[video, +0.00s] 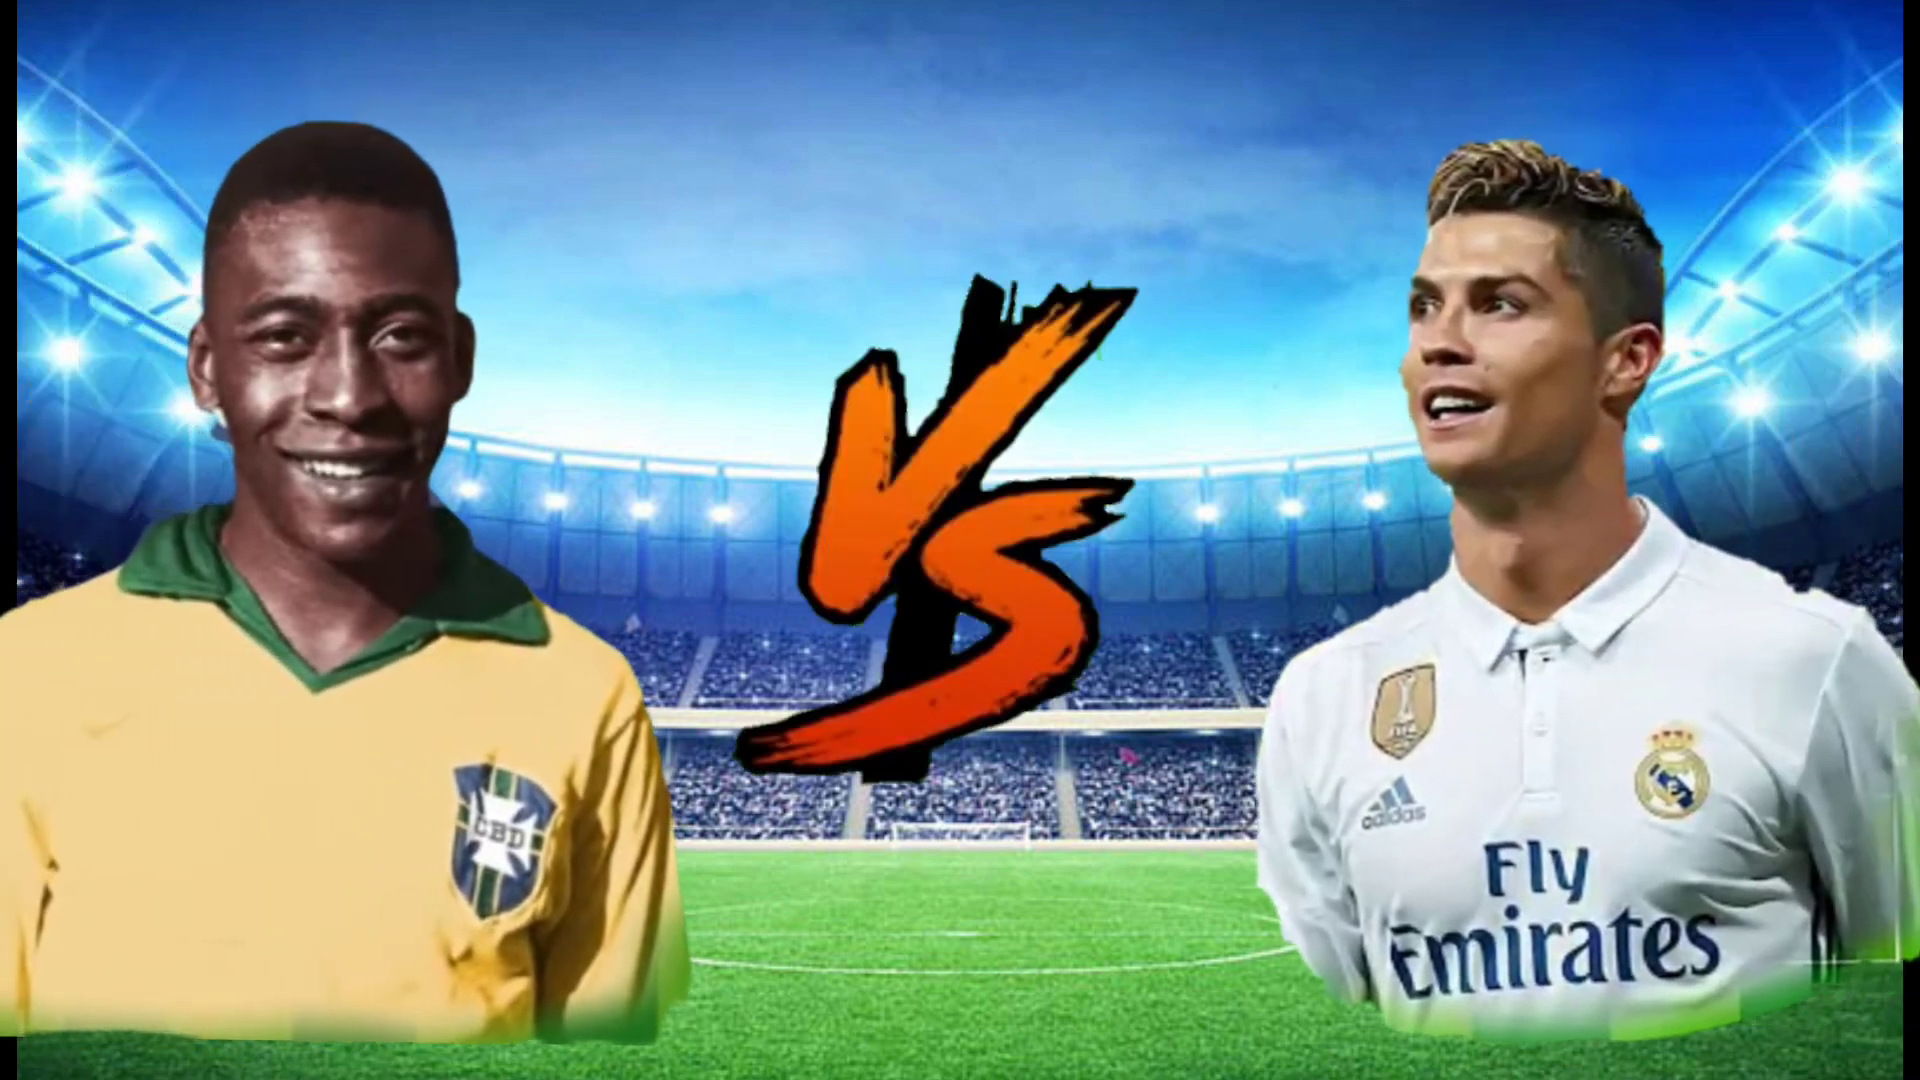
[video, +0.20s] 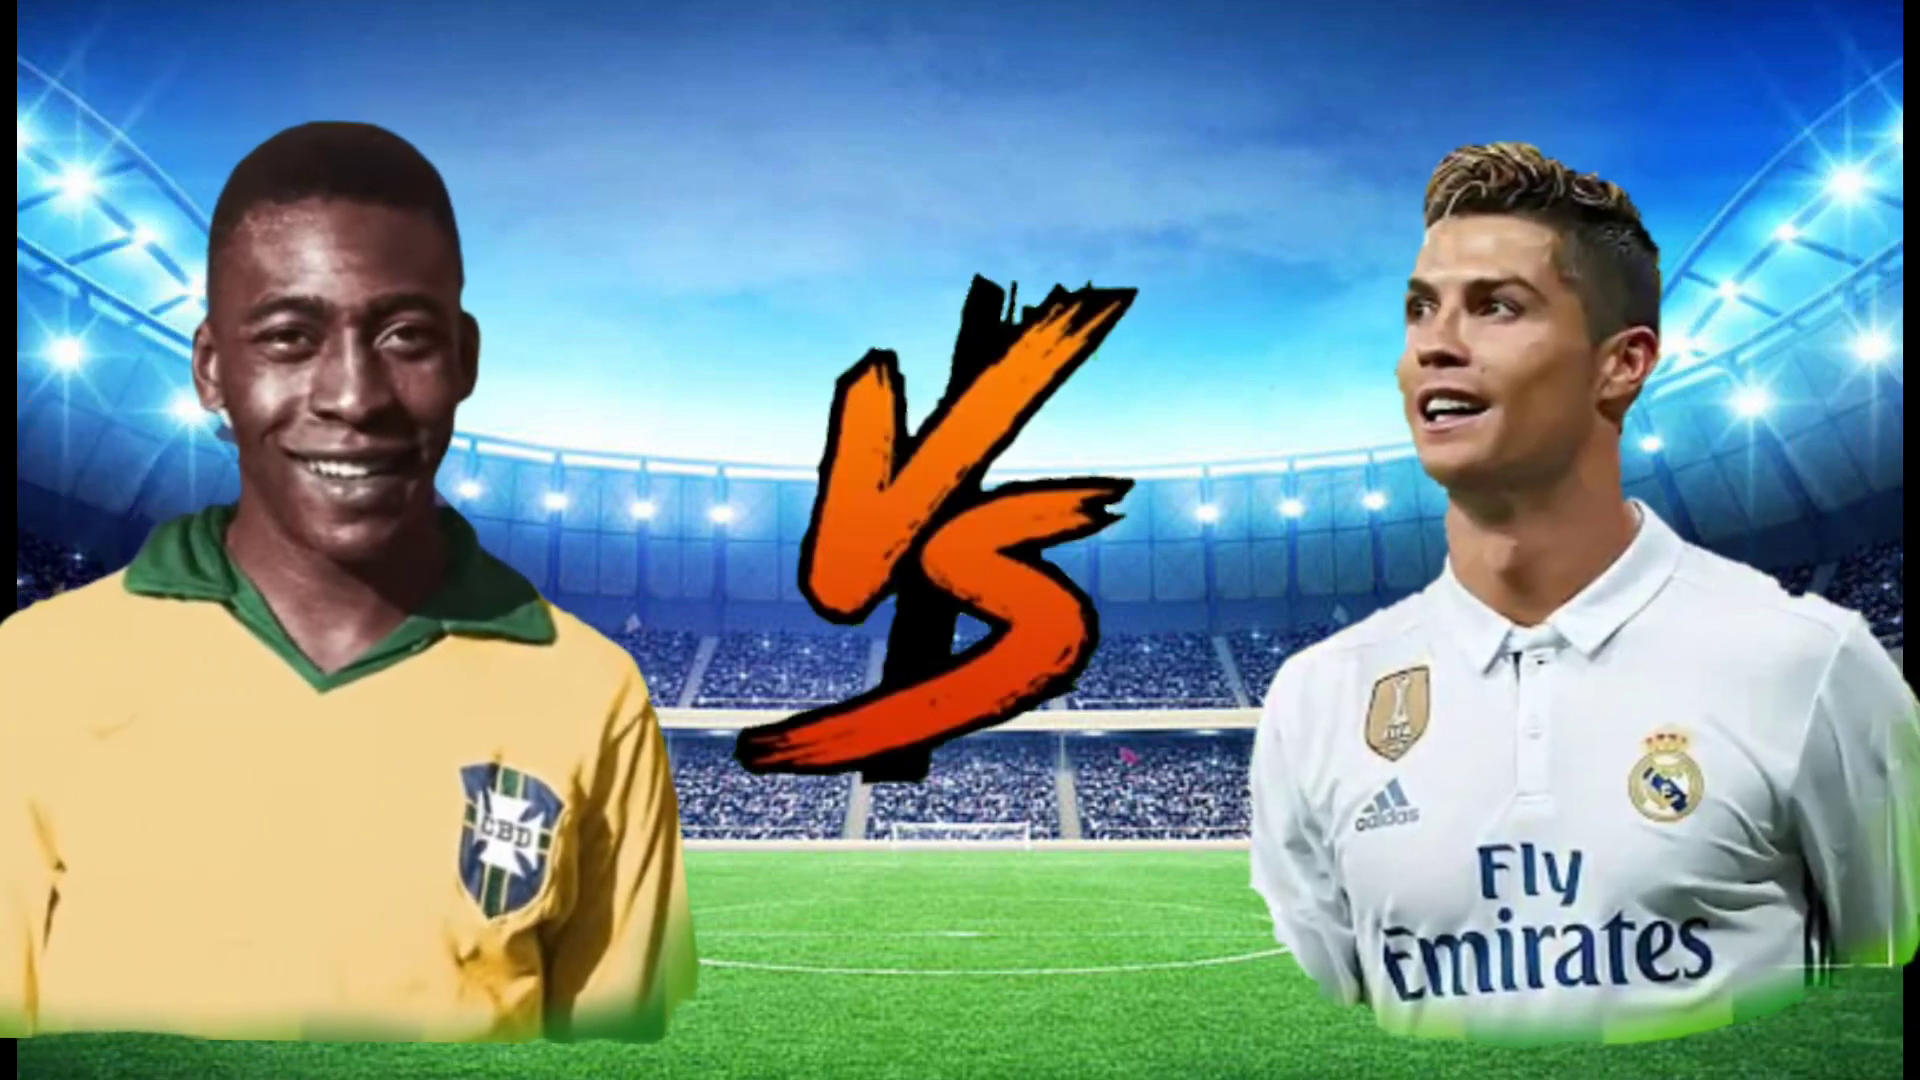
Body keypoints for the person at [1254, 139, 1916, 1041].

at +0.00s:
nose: (1437, 342)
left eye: (1500, 304)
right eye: (1424, 308)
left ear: (1626, 362)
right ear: (1406, 340)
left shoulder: (1815, 669)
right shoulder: (1318, 704)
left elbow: (1888, 1007)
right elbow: (1332, 1039)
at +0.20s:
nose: (1433, 344)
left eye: (1496, 306)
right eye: (1420, 310)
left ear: (1622, 366)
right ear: (1403, 342)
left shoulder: (1809, 673)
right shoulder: (1313, 705)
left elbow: (1882, 1015)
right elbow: (1321, 1040)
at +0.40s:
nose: (1431, 346)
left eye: (1494, 309)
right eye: (1418, 312)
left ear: (1620, 369)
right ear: (1400, 344)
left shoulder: (1805, 677)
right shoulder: (1309, 708)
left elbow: (1879, 1023)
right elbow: (1323, 1042)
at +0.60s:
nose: (1431, 348)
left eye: (1494, 311)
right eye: (1418, 314)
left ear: (1620, 372)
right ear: (1400, 348)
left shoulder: (1803, 682)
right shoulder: (1307, 709)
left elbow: (1877, 1027)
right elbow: (1315, 1044)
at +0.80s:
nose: (1435, 350)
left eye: (1498, 314)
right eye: (1422, 316)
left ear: (1622, 375)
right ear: (1403, 350)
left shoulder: (1805, 686)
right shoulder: (1307, 711)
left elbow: (1875, 1025)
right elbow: (1319, 1042)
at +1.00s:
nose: (1438, 353)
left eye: (1502, 317)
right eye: (1426, 319)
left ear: (1626, 377)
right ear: (1407, 353)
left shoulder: (1808, 689)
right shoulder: (1309, 713)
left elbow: (1875, 1030)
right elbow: (1320, 1045)